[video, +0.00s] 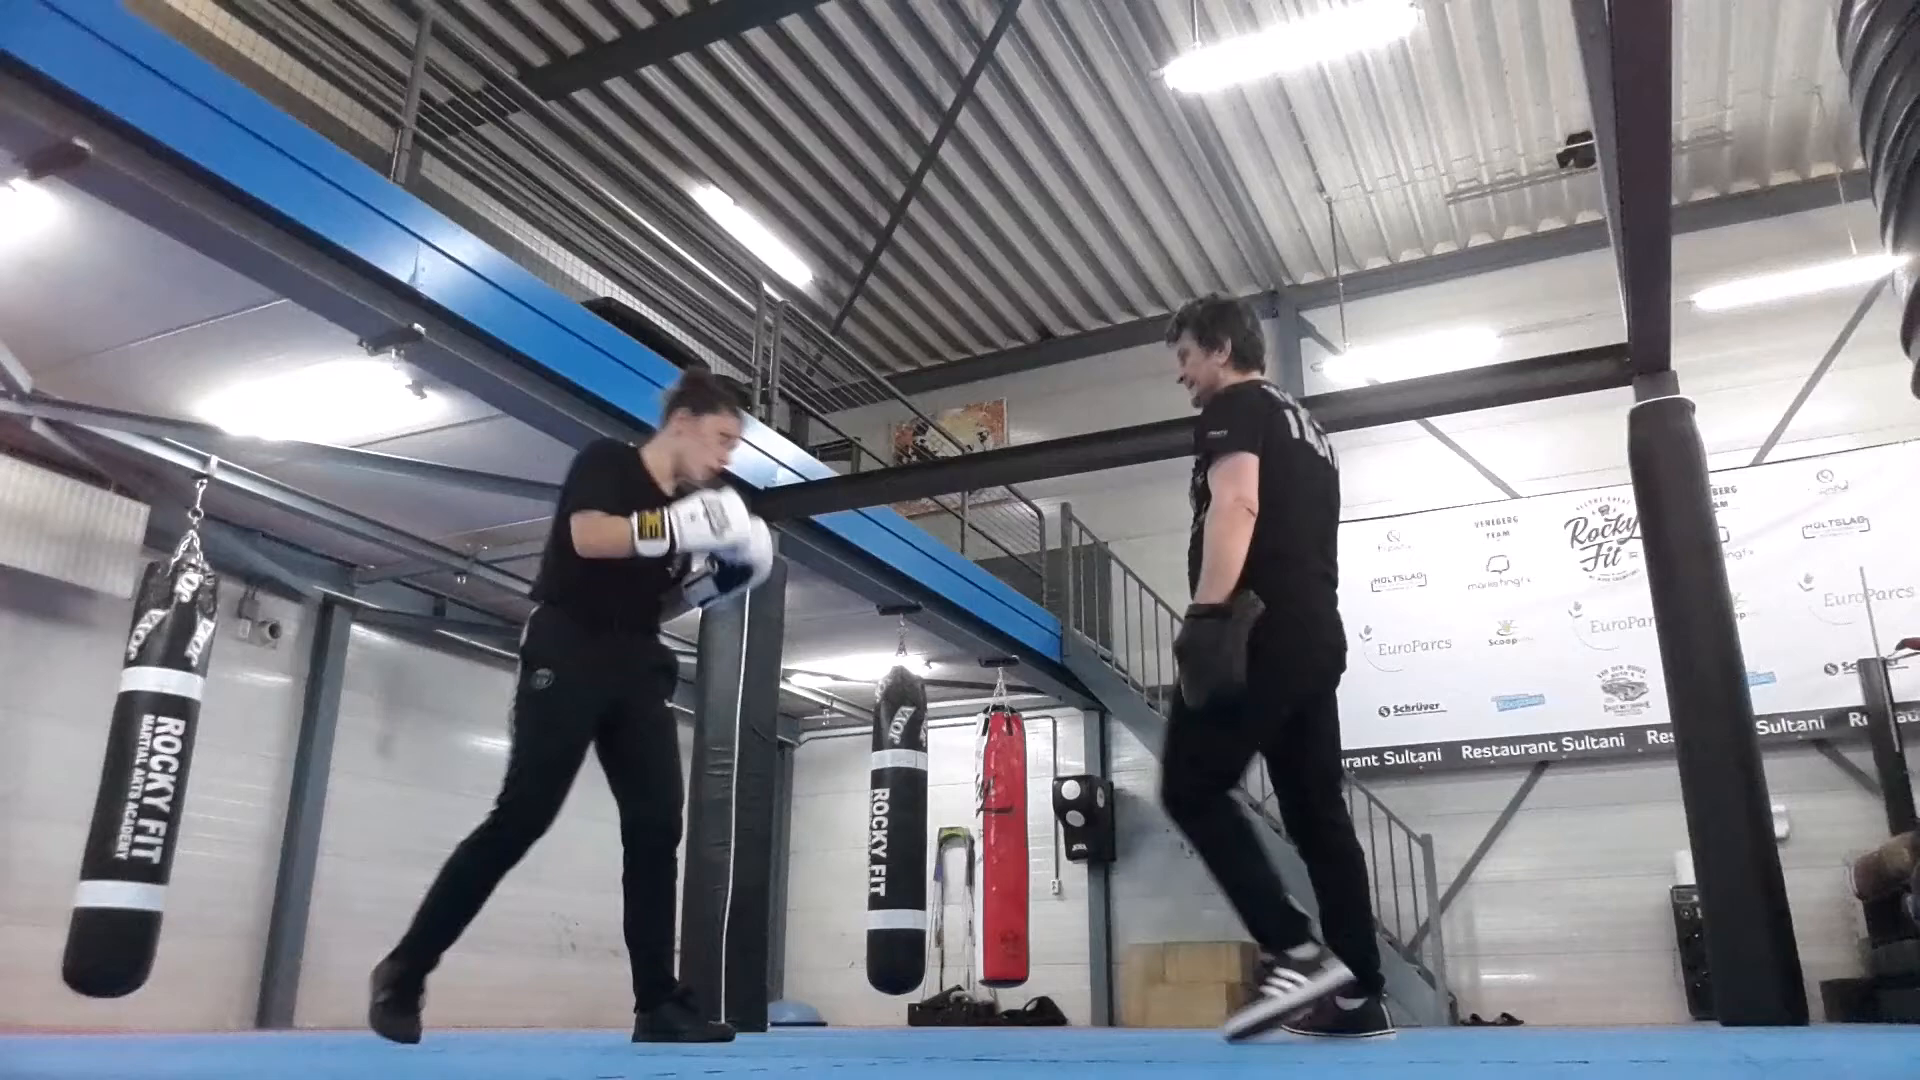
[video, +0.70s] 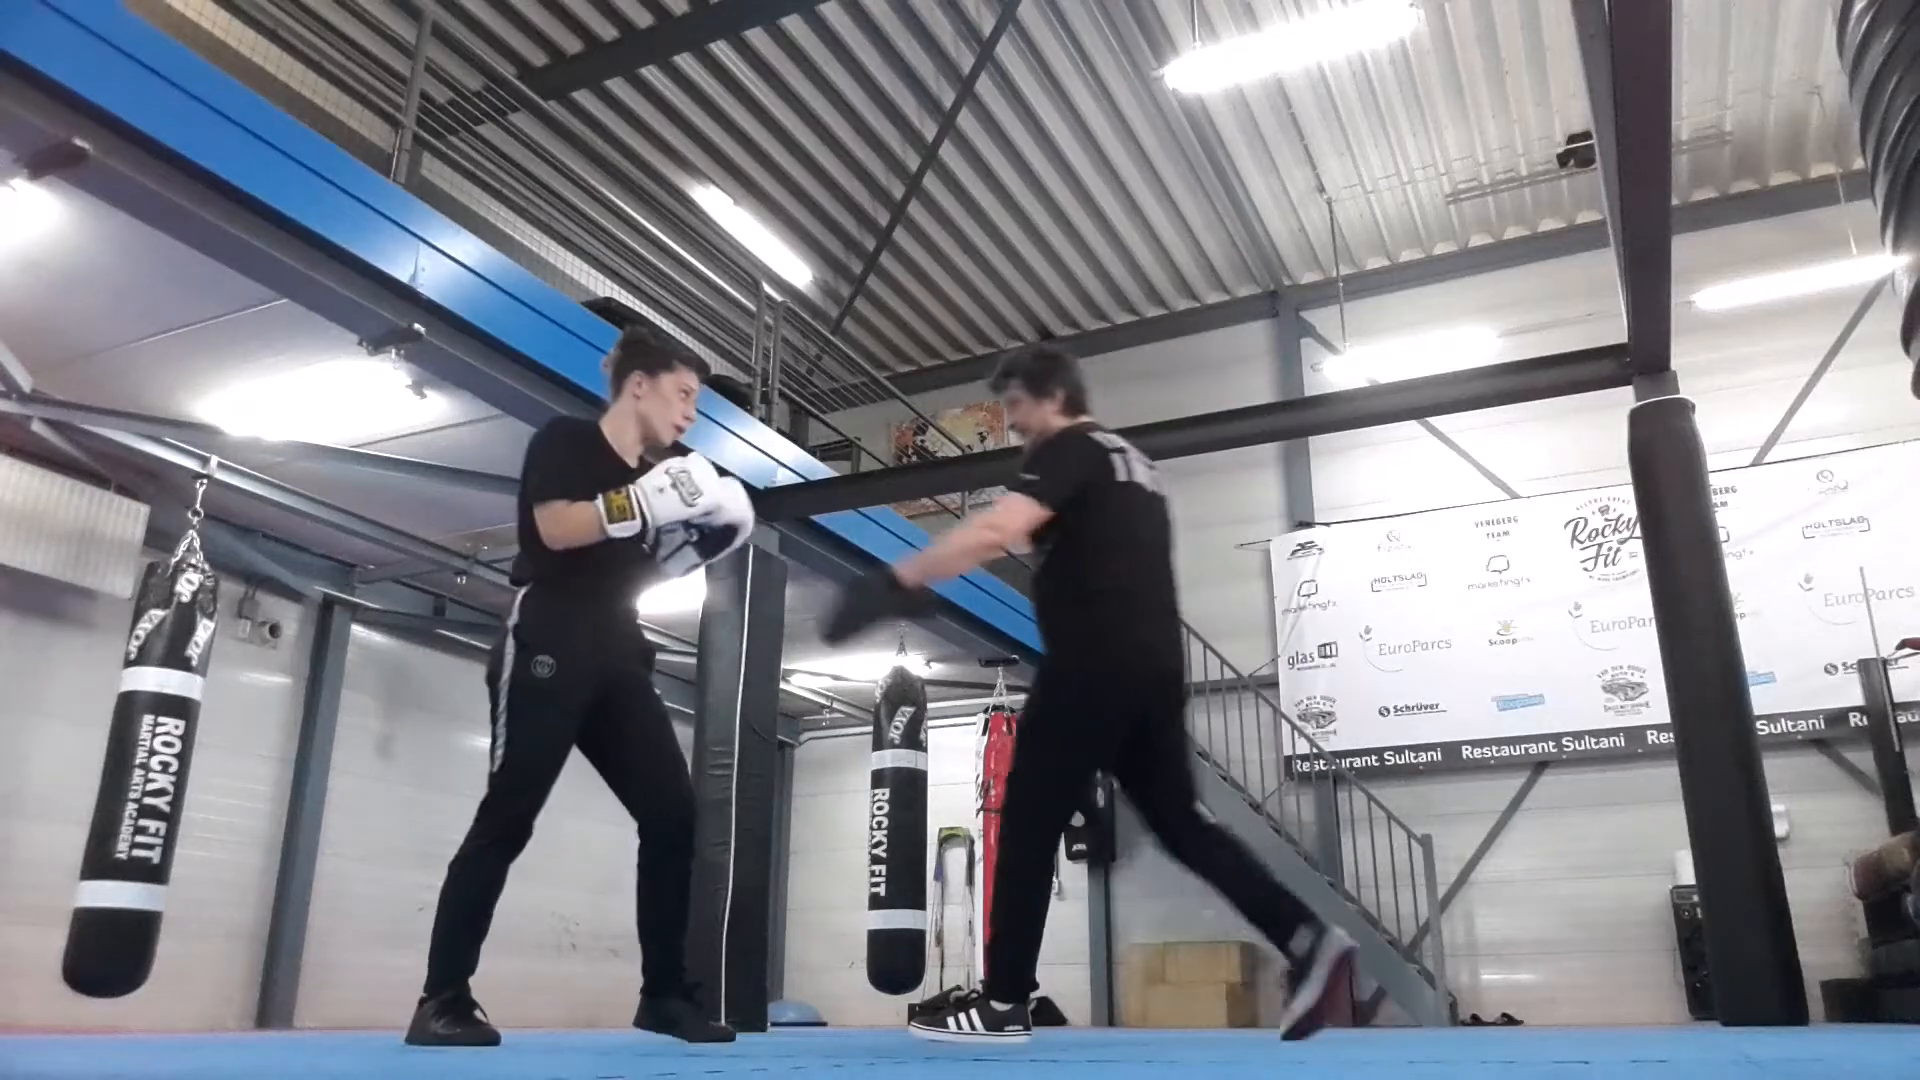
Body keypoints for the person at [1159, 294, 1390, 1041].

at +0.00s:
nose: (1180, 373)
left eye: (1186, 357)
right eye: (1178, 359)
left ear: (1221, 349)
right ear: (1243, 355)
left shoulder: (1237, 405)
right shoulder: (1300, 422)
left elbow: (1237, 505)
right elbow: (1311, 539)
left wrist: (1203, 617)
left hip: (1258, 631)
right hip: (1312, 633)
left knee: (1191, 791)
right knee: (1318, 815)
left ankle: (1294, 953)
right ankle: (1359, 998)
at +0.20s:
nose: (1162, 382)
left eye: (1168, 366)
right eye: (1160, 369)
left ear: (1202, 359)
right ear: (1223, 364)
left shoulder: (1217, 410)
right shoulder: (1281, 430)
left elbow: (1223, 503)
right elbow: (1293, 545)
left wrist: (1193, 615)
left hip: (1231, 633)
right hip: (1290, 636)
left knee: (1143, 782)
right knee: (1310, 819)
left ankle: (1197, 963)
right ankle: (1355, 994)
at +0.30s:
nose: (1146, 394)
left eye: (1152, 377)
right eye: (1144, 382)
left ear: (1191, 368)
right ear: (1208, 373)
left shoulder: (1201, 421)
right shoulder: (1260, 437)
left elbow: (1205, 511)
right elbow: (1275, 551)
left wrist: (1168, 621)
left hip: (1215, 643)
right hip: (1276, 647)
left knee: (1138, 803)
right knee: (1308, 822)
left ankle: (1103, 976)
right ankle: (1355, 993)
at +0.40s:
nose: (1122, 405)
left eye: (1127, 388)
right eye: (1119, 391)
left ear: (1165, 379)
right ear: (1185, 385)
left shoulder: (1178, 432)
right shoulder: (1237, 444)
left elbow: (1175, 525)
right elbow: (1243, 558)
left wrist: (1126, 624)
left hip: (1196, 656)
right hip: (1255, 657)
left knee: (1121, 821)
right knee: (1300, 827)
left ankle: (1037, 983)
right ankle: (1356, 993)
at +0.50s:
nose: (1088, 416)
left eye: (1093, 400)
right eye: (1086, 403)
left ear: (1129, 392)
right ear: (1147, 397)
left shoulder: (1145, 446)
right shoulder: (1205, 458)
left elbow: (1127, 539)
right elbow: (1184, 574)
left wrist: (1050, 627)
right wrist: (1094, 630)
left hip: (1154, 676)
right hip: (1221, 674)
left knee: (1086, 833)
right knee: (1281, 832)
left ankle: (1021, 991)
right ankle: (1353, 990)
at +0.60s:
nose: (1051, 424)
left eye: (1055, 408)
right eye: (1047, 411)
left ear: (1091, 399)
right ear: (1110, 401)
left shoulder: (1105, 454)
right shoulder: (1169, 464)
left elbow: (1054, 549)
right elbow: (1140, 572)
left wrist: (972, 605)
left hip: (1117, 684)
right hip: (1185, 681)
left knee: (1049, 829)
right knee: (1237, 823)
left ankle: (1006, 997)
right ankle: (1343, 977)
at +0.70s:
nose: (1008, 423)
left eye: (1014, 406)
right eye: (1004, 409)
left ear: (1050, 396)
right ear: (1069, 400)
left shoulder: (1070, 451)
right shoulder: (1129, 457)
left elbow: (998, 530)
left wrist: (895, 578)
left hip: (1085, 673)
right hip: (1151, 673)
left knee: (1027, 826)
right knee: (1181, 825)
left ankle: (1004, 999)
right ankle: (1308, 944)